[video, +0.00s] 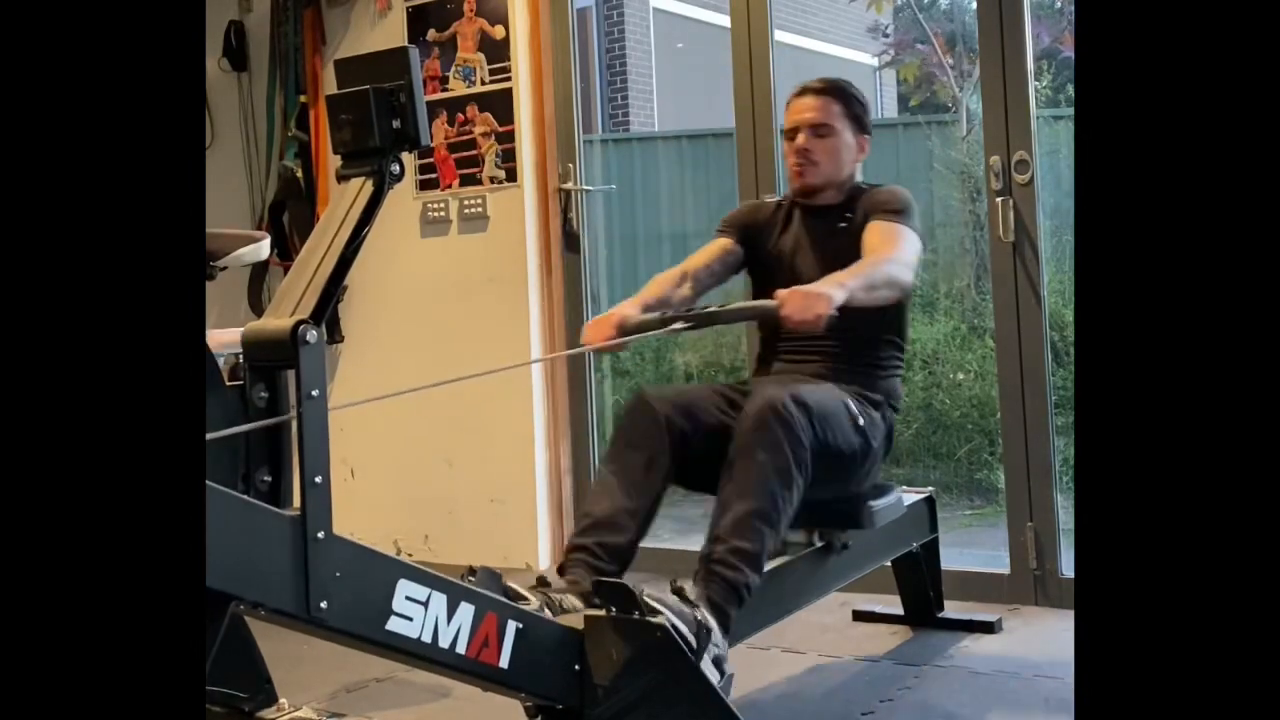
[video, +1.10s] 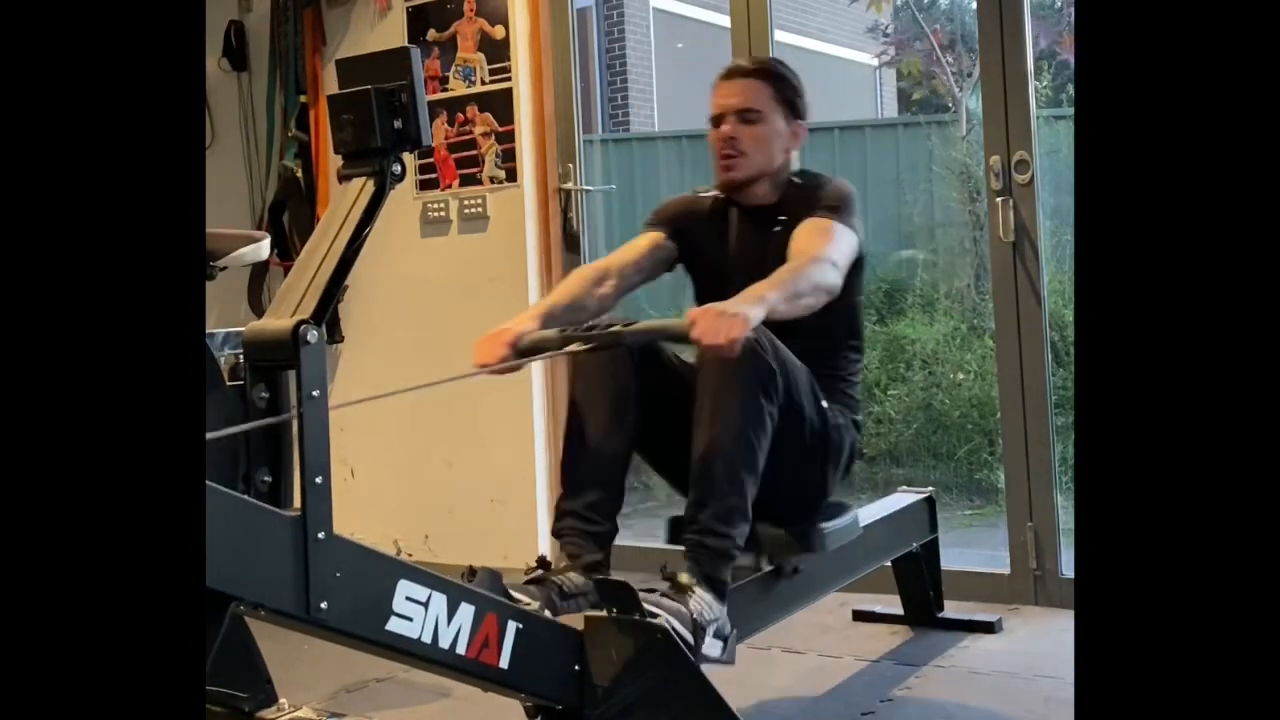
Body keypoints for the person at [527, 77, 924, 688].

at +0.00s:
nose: (799, 145)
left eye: (819, 132)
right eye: (791, 134)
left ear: (861, 146)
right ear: (781, 144)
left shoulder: (884, 208)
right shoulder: (759, 219)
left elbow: (894, 268)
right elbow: (688, 278)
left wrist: (835, 288)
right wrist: (629, 309)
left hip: (854, 414)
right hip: (758, 403)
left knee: (777, 406)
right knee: (653, 410)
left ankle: (710, 614)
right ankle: (578, 586)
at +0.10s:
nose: (823, 166)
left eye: (842, 151)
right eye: (815, 154)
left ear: (883, 160)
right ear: (806, 161)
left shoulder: (912, 224)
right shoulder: (789, 231)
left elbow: (952, 287)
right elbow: (720, 282)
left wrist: (881, 283)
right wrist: (670, 297)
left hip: (864, 407)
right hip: (776, 401)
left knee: (797, 461)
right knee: (680, 454)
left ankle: (719, 622)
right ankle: (582, 591)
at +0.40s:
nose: (788, 167)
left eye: (806, 151)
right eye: (778, 154)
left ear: (850, 154)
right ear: (770, 160)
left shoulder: (900, 229)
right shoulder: (766, 240)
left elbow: (1010, 292)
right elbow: (710, 302)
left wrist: (906, 280)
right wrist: (689, 307)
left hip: (854, 444)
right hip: (759, 434)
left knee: (768, 396)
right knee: (662, 394)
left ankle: (718, 619)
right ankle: (592, 585)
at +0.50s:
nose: (761, 151)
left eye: (778, 135)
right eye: (751, 138)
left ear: (825, 143)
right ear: (741, 146)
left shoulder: (866, 214)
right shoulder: (737, 231)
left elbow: (940, 268)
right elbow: (657, 283)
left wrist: (830, 274)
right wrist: (609, 299)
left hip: (830, 456)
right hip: (738, 447)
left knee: (749, 367)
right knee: (636, 367)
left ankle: (713, 604)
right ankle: (589, 572)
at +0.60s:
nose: (722, 140)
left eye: (742, 124)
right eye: (714, 127)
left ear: (791, 136)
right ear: (705, 136)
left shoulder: (825, 205)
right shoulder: (694, 223)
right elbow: (604, 272)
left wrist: (756, 278)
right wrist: (538, 299)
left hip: (808, 472)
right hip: (714, 471)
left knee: (738, 343)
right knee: (609, 346)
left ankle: (707, 592)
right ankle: (579, 571)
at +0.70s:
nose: (679, 138)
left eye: (701, 121)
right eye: (670, 124)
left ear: (753, 135)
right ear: (661, 134)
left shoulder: (790, 208)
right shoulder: (655, 223)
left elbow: (774, 263)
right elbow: (560, 277)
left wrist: (690, 306)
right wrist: (467, 321)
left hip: (781, 474)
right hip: (684, 470)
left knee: (723, 327)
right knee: (585, 321)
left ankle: (702, 578)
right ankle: (576, 565)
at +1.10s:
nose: (725, 133)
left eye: (746, 118)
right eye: (717, 121)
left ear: (796, 135)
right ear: (708, 133)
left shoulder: (826, 202)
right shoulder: (692, 215)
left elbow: (819, 272)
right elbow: (609, 277)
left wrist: (748, 306)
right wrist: (530, 323)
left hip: (807, 464)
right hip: (718, 458)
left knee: (739, 345)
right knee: (606, 351)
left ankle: (702, 594)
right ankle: (576, 570)